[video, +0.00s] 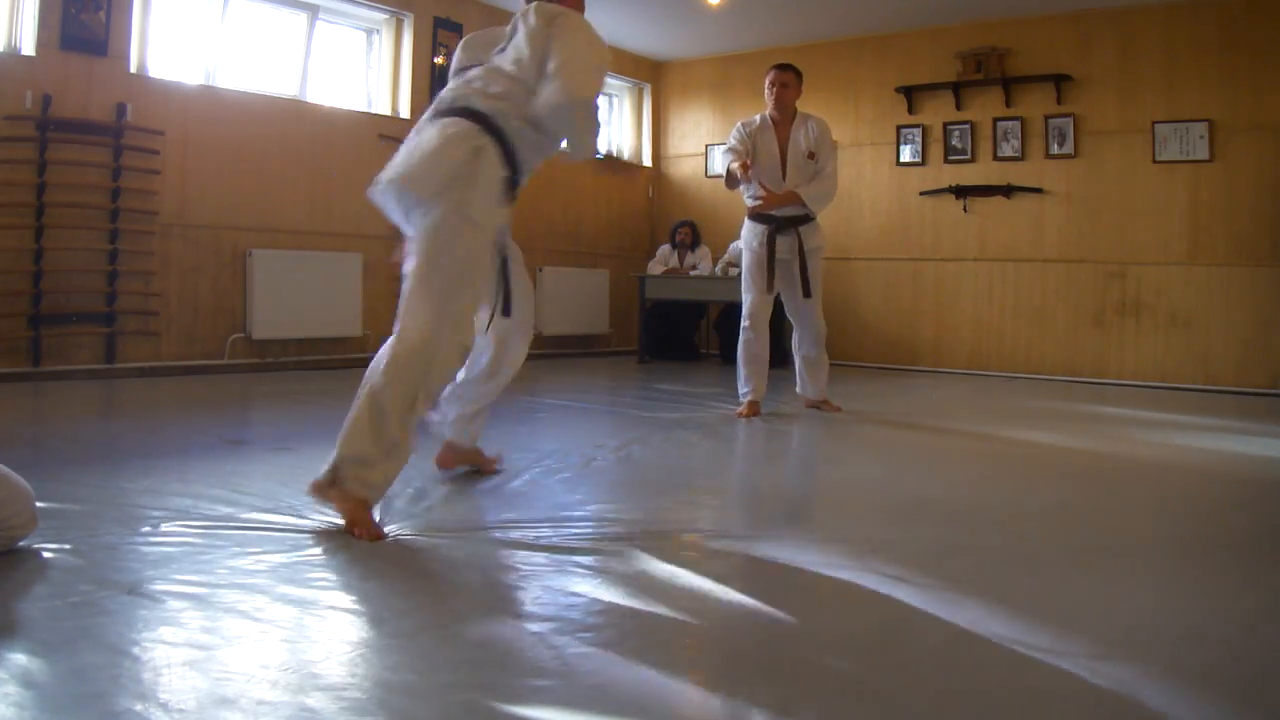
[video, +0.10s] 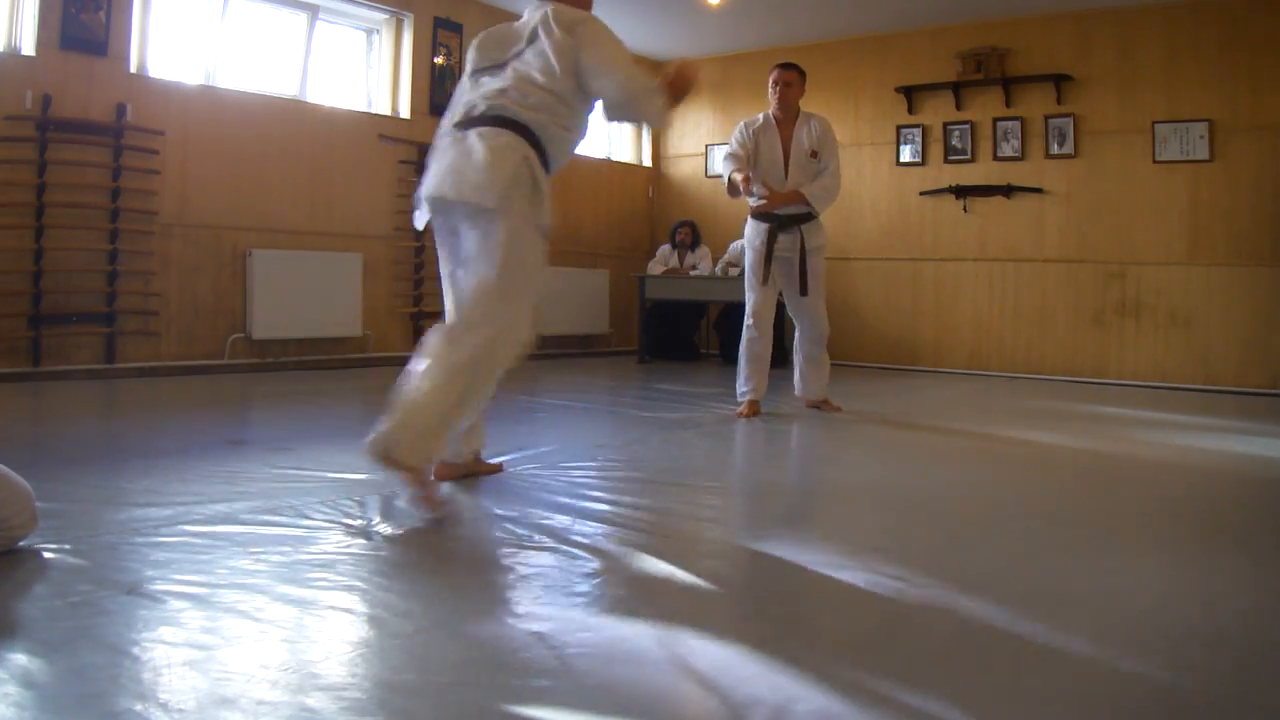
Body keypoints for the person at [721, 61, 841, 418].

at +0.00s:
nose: (776, 91)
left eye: (784, 86)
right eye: (771, 85)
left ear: (799, 92)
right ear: (764, 91)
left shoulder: (816, 129)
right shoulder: (747, 130)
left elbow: (826, 184)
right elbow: (730, 179)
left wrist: (785, 198)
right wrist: (738, 169)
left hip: (801, 233)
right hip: (758, 232)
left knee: (809, 317)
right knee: (753, 316)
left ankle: (813, 392)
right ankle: (750, 396)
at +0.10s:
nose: (779, 90)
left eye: (787, 85)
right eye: (774, 84)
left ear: (802, 92)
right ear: (767, 90)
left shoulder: (818, 128)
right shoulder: (749, 130)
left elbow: (830, 183)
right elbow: (733, 164)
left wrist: (787, 197)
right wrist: (740, 178)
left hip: (804, 232)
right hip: (761, 231)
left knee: (812, 318)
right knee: (757, 316)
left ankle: (813, 392)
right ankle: (750, 396)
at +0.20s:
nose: (780, 90)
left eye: (789, 85)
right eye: (776, 85)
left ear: (804, 91)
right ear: (769, 91)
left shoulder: (820, 128)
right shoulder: (750, 130)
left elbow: (831, 181)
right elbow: (729, 171)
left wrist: (789, 195)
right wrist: (739, 194)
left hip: (805, 231)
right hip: (761, 231)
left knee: (815, 317)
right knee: (757, 314)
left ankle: (812, 392)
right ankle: (750, 395)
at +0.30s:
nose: (782, 93)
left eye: (790, 87)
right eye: (777, 87)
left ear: (804, 94)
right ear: (770, 92)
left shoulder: (817, 130)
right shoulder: (750, 132)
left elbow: (826, 183)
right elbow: (725, 174)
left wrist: (778, 187)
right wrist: (726, 209)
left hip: (801, 229)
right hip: (758, 229)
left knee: (813, 313)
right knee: (759, 307)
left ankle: (816, 391)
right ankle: (747, 389)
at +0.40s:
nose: (775, 97)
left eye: (783, 92)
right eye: (770, 91)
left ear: (795, 100)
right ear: (761, 97)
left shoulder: (806, 131)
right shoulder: (743, 136)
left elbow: (808, 172)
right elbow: (712, 178)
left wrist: (759, 163)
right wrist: (708, 218)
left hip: (794, 231)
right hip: (752, 230)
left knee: (813, 314)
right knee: (759, 297)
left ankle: (813, 390)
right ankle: (736, 383)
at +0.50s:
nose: (757, 101)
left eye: (766, 97)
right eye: (752, 96)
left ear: (777, 104)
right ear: (743, 102)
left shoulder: (788, 131)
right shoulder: (726, 139)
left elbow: (774, 142)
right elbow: (690, 176)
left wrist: (733, 133)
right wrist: (695, 213)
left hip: (780, 237)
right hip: (742, 236)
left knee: (814, 319)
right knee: (754, 309)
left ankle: (815, 391)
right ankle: (710, 384)